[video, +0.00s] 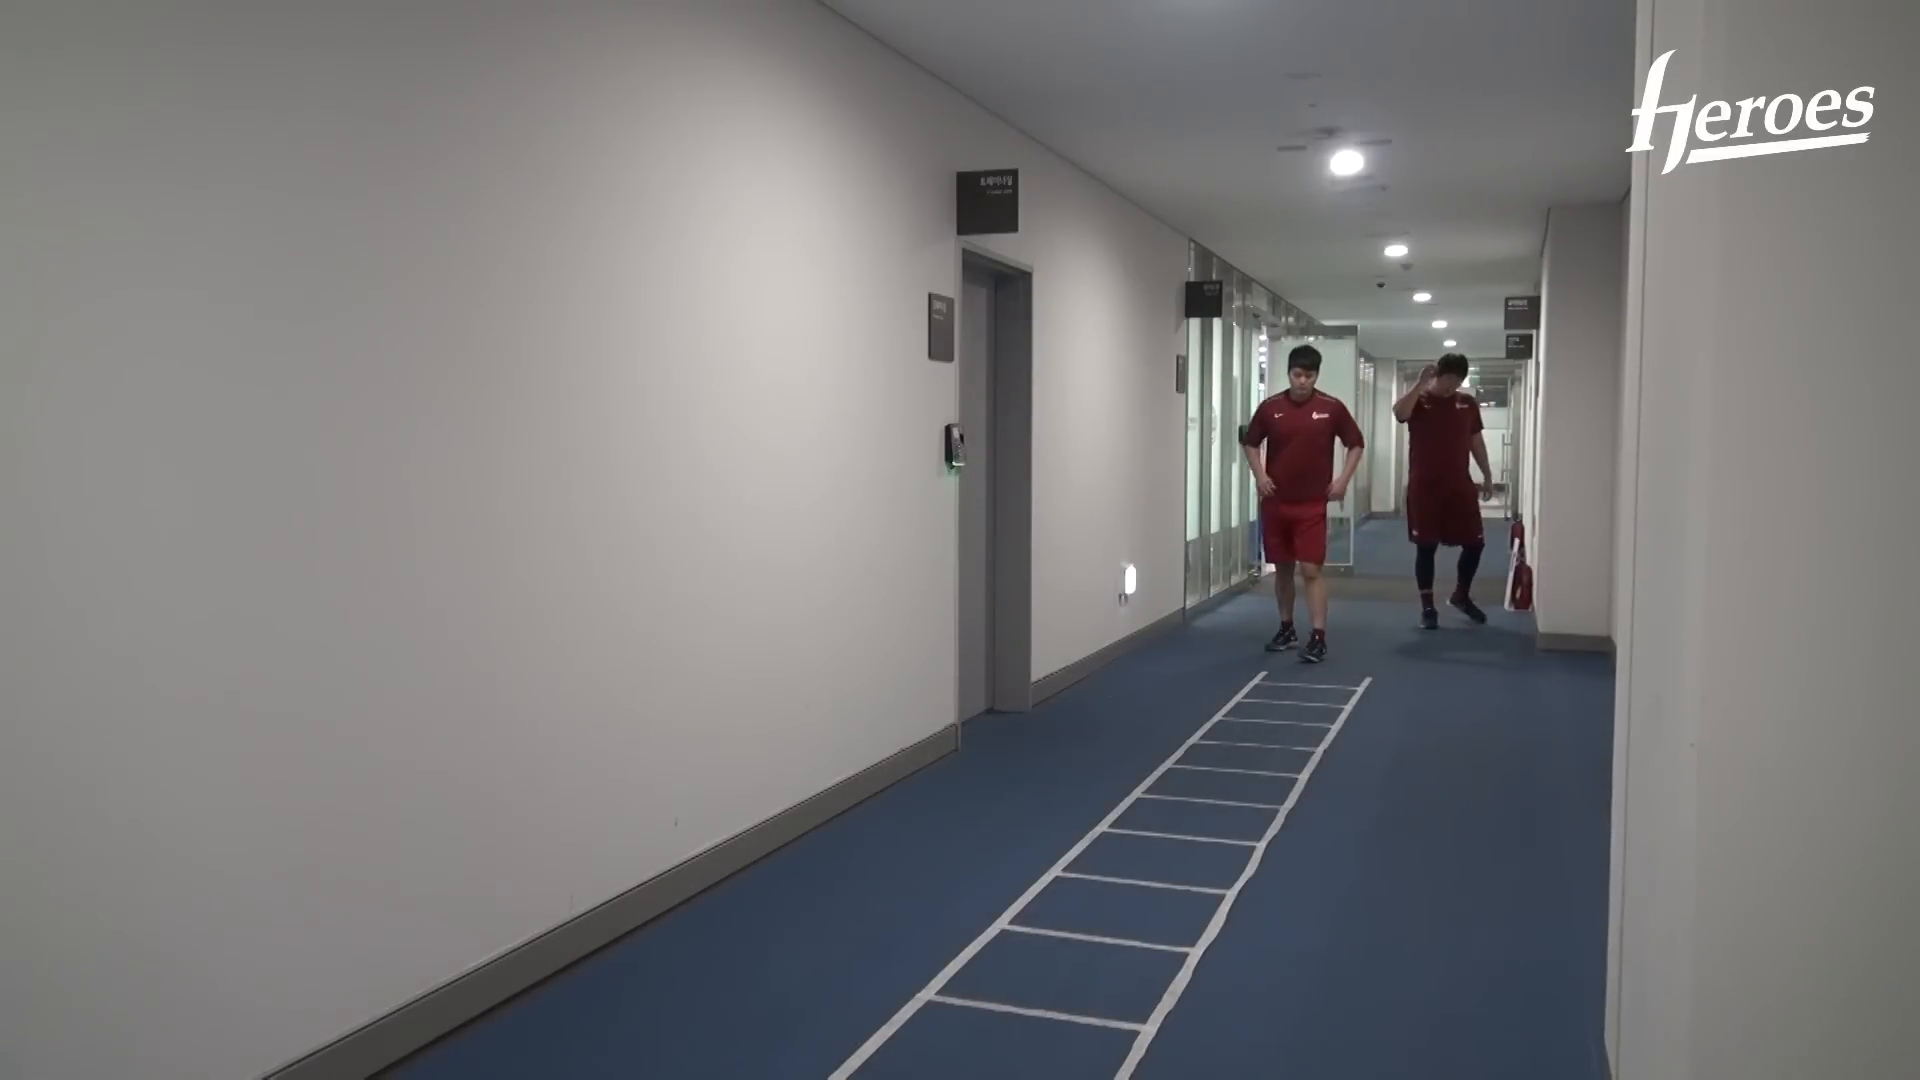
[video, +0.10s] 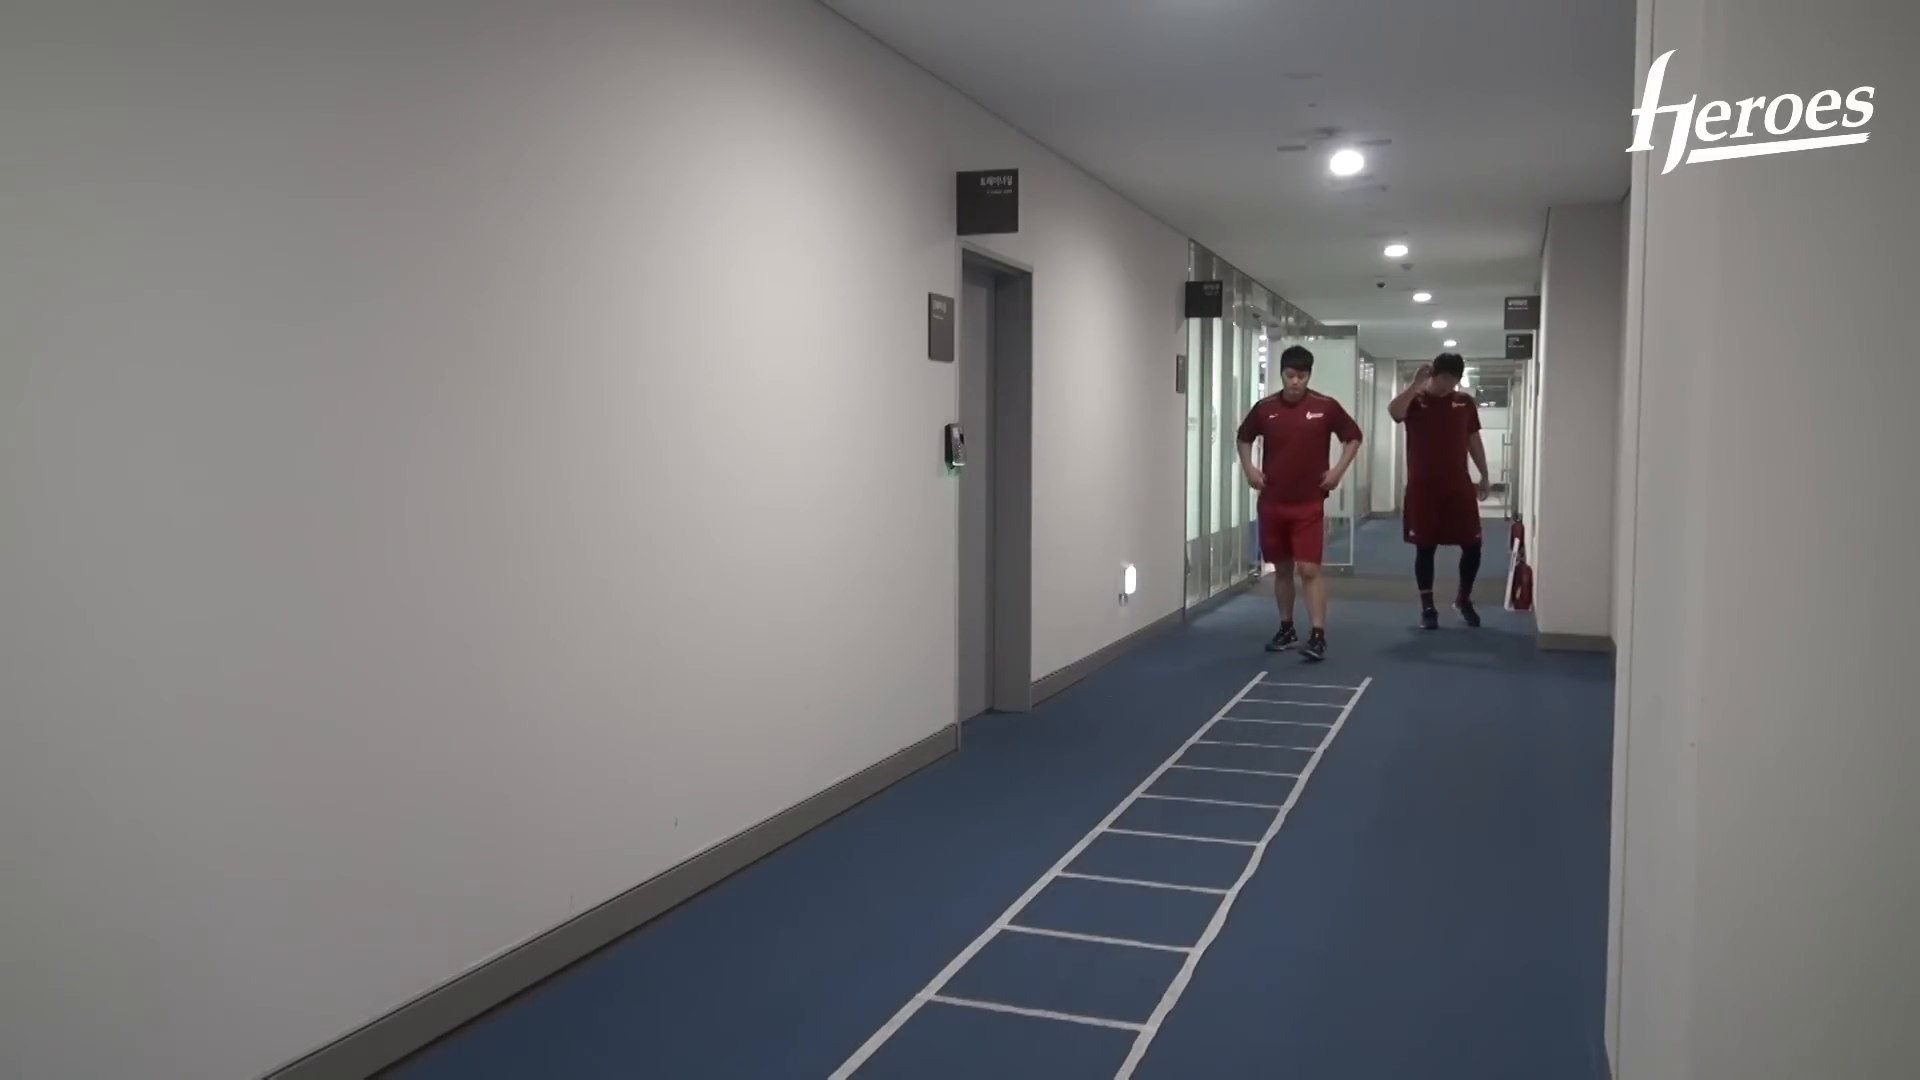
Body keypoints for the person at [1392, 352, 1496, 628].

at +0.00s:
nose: (1453, 387)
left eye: (1458, 383)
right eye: (1450, 381)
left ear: (1461, 381)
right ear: (1437, 375)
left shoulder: (1466, 404)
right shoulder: (1416, 400)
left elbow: (1476, 442)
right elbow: (1400, 413)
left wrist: (1487, 475)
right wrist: (1419, 384)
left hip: (1459, 486)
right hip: (1425, 487)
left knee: (1474, 543)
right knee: (1426, 546)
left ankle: (1461, 595)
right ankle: (1427, 607)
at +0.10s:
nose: (1449, 387)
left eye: (1454, 382)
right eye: (1446, 381)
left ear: (1458, 381)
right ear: (1434, 375)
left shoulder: (1463, 403)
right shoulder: (1413, 401)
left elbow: (1474, 441)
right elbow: (1395, 412)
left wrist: (1484, 475)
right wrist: (1416, 384)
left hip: (1458, 486)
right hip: (1423, 487)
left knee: (1472, 545)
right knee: (1425, 547)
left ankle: (1463, 599)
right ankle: (1428, 607)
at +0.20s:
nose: (1446, 387)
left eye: (1451, 382)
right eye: (1443, 381)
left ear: (1456, 380)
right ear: (1430, 375)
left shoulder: (1462, 403)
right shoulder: (1410, 401)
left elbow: (1474, 440)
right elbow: (1390, 411)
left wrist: (1483, 475)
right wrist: (1412, 384)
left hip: (1457, 487)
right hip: (1422, 488)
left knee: (1467, 548)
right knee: (1425, 548)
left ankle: (1464, 607)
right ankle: (1428, 609)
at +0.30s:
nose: (1443, 386)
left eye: (1448, 382)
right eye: (1440, 381)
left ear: (1453, 380)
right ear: (1428, 375)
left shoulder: (1462, 403)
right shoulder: (1409, 402)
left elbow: (1474, 440)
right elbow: (1387, 411)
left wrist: (1484, 476)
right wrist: (1410, 384)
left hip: (1456, 488)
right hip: (1421, 489)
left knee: (1461, 549)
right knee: (1425, 549)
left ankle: (1462, 612)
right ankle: (1428, 610)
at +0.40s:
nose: (1440, 387)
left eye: (1445, 382)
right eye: (1437, 381)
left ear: (1452, 381)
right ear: (1427, 376)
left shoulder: (1462, 404)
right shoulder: (1409, 403)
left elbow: (1476, 442)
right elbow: (1385, 412)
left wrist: (1486, 477)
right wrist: (1409, 385)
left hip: (1454, 489)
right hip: (1420, 490)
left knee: (1456, 551)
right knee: (1424, 550)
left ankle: (1458, 613)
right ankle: (1428, 609)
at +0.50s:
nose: (1437, 387)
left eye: (1442, 383)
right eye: (1434, 382)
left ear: (1452, 381)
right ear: (1426, 377)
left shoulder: (1463, 405)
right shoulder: (1410, 403)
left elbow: (1478, 442)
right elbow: (1384, 412)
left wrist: (1487, 478)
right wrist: (1408, 386)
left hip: (1453, 489)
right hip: (1419, 489)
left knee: (1451, 550)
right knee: (1424, 550)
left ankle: (1452, 612)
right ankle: (1428, 609)